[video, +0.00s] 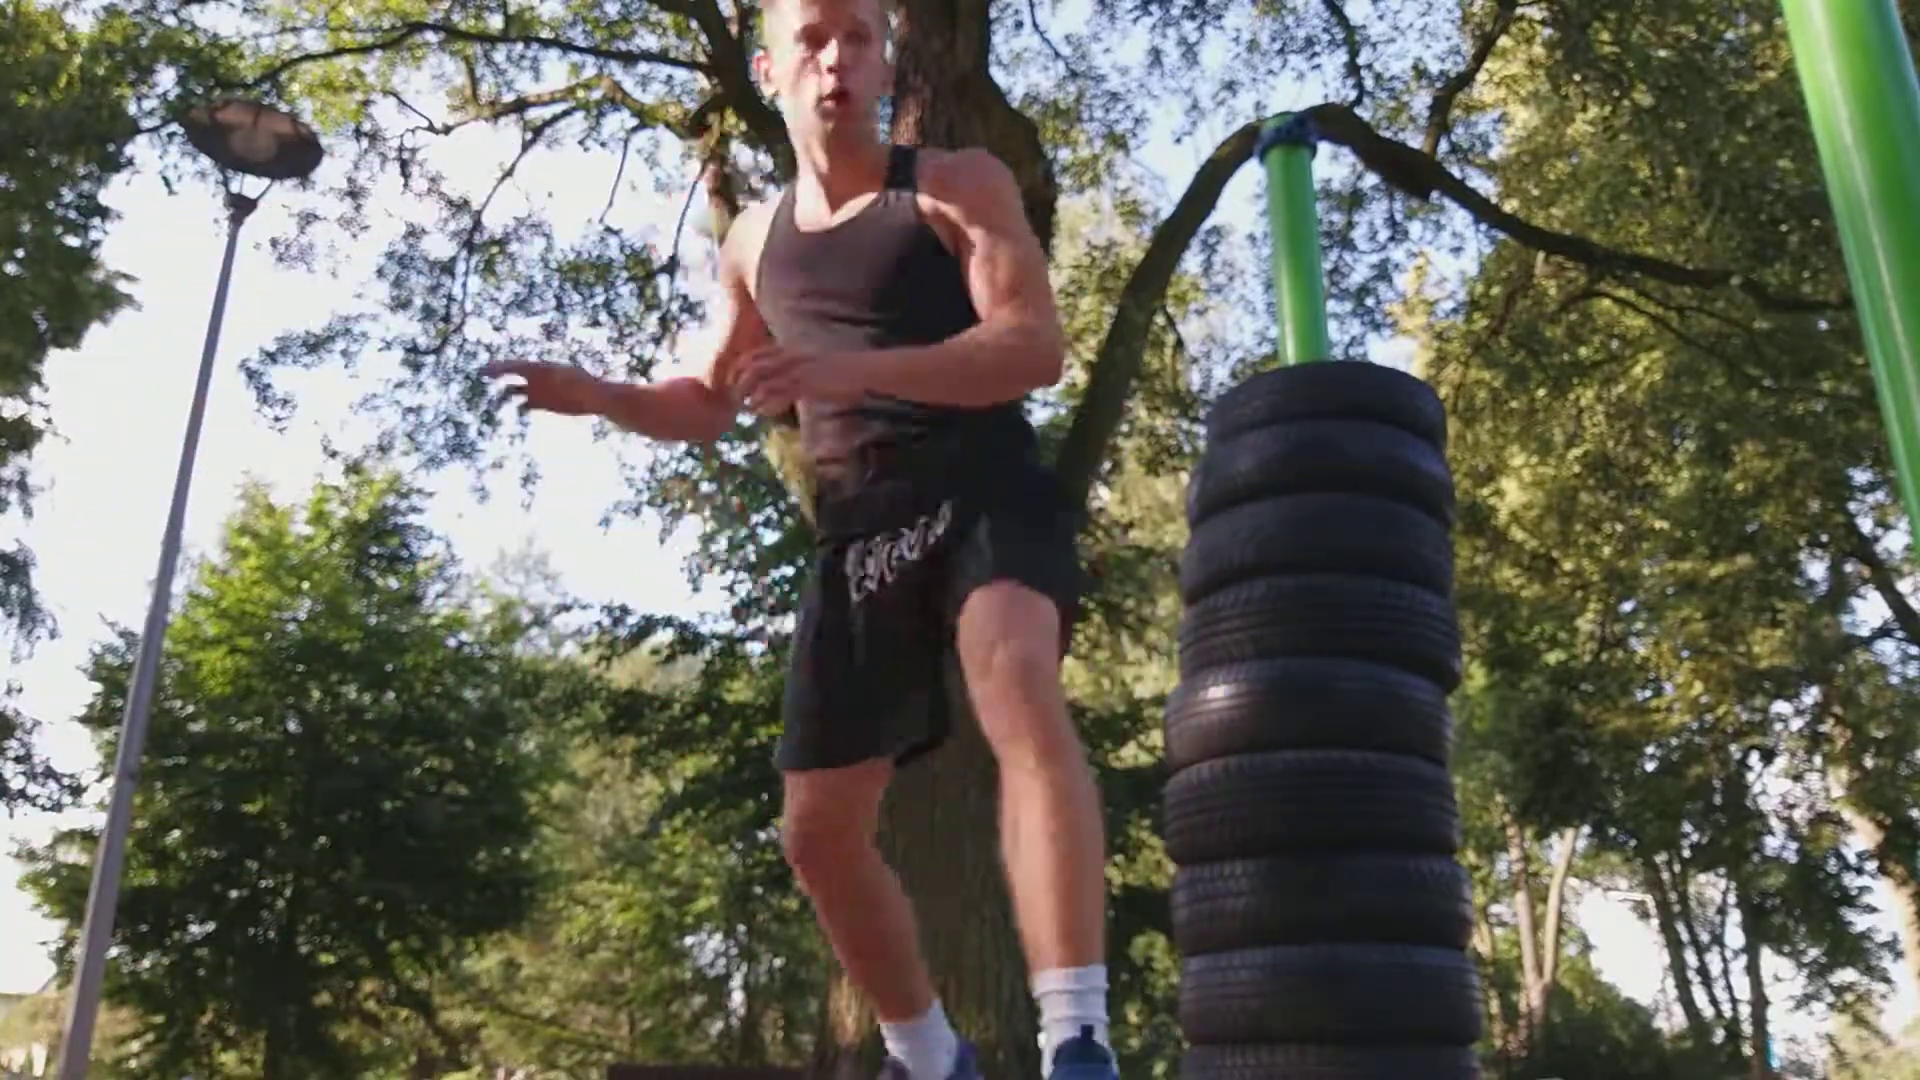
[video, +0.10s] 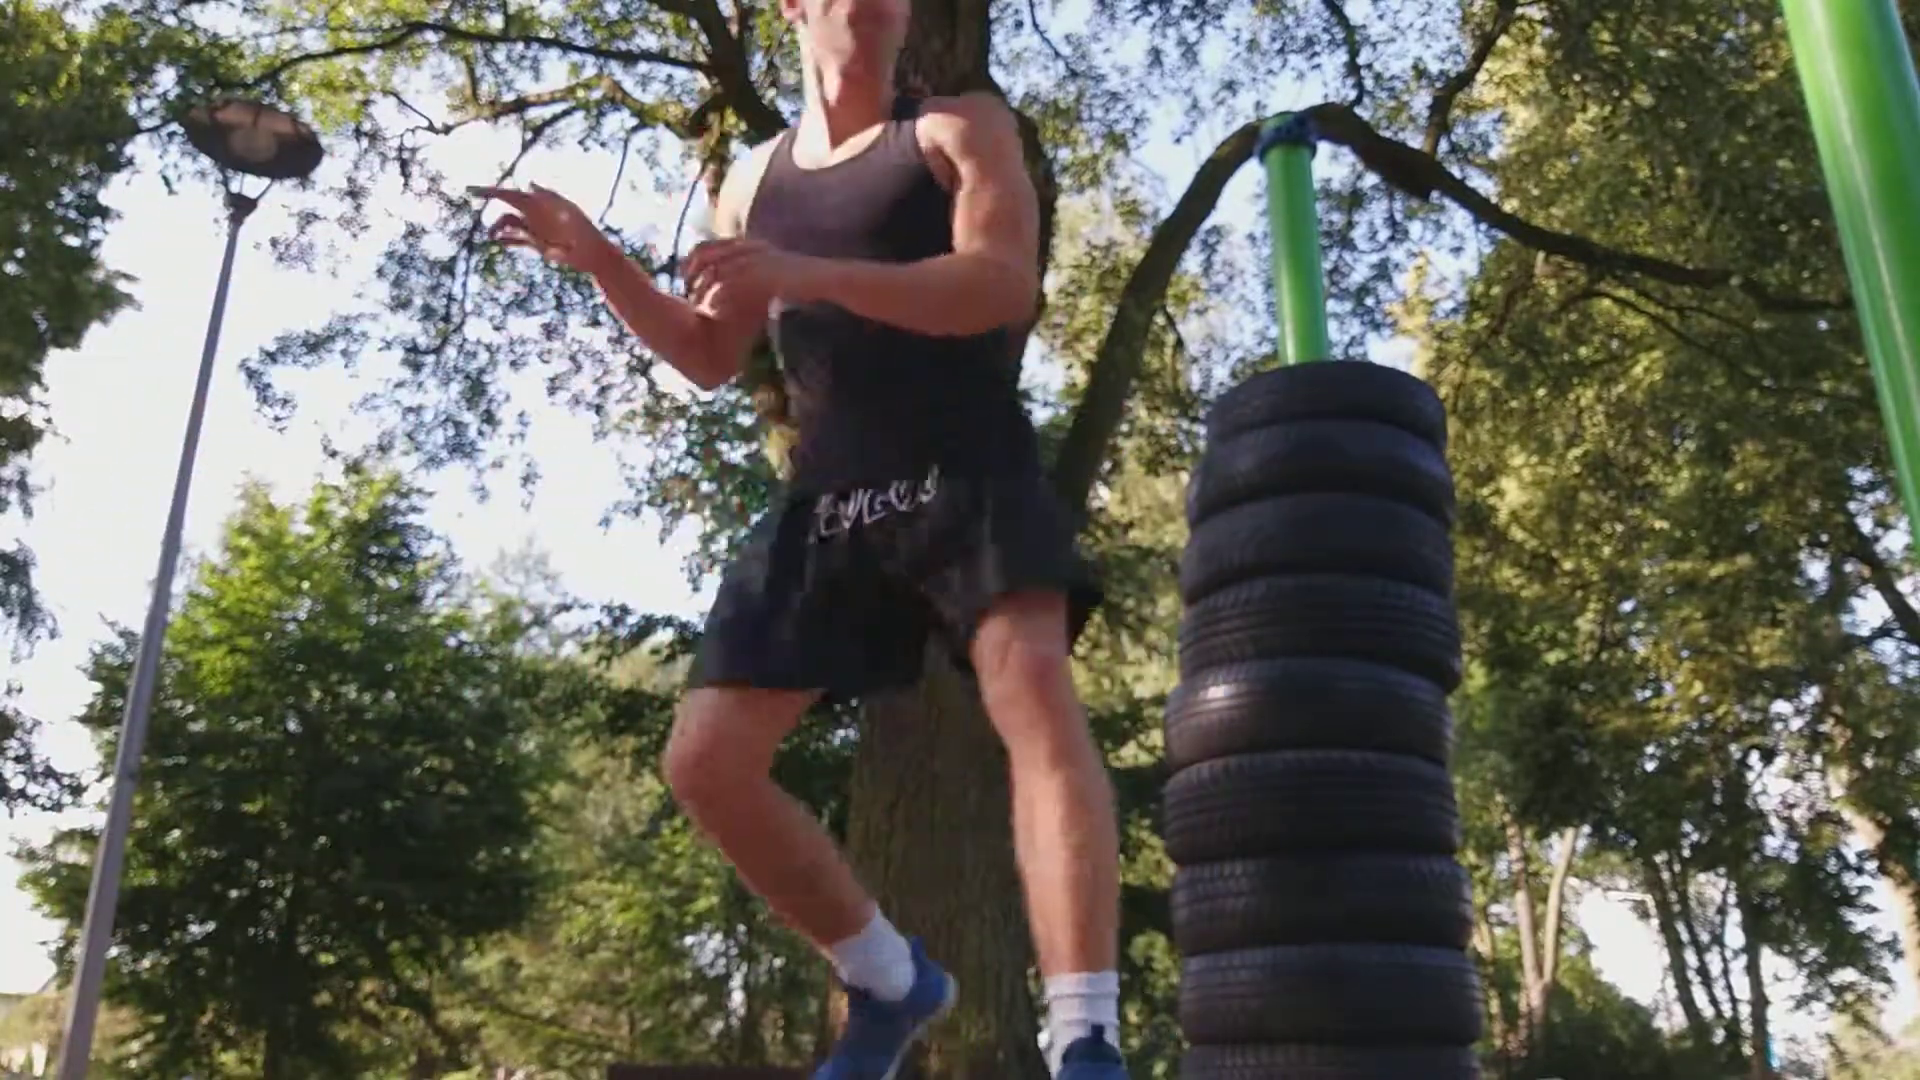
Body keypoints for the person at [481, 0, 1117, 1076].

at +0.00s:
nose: (837, 59)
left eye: (859, 36)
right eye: (811, 40)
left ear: (891, 58)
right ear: (768, 71)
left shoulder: (959, 181)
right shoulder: (755, 238)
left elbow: (1033, 344)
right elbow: (709, 405)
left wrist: (851, 370)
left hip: (984, 493)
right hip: (855, 535)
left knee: (1017, 683)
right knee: (820, 834)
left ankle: (1078, 1039)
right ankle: (933, 1060)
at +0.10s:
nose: (871, 0)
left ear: (907, 16)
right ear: (793, 15)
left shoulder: (961, 122)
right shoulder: (769, 175)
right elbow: (710, 354)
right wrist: (592, 254)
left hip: (969, 474)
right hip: (827, 500)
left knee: (1032, 678)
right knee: (707, 765)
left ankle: (1086, 1038)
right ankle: (891, 980)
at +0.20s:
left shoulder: (938, 61)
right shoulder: (718, 105)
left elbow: (1022, 219)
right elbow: (634, 287)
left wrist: (844, 185)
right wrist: (607, 163)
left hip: (936, 426)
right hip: (782, 437)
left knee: (1005, 676)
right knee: (640, 642)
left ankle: (1075, 1035)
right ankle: (780, 981)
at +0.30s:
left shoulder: (907, 54)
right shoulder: (666, 79)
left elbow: (1029, 216)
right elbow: (515, 193)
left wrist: (929, 195)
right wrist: (625, 44)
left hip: (903, 415)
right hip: (732, 413)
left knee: (980, 665)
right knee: (598, 594)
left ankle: (1067, 1037)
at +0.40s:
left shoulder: (847, 89)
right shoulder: (609, 48)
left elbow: (930, 276)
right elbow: (479, 88)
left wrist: (982, 280)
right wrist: (618, 13)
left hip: (836, 421)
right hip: (657, 407)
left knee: (940, 665)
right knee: (527, 617)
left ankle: (1057, 1034)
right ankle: (388, 1012)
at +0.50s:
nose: (800, 14)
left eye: (806, 12)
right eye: (797, 3)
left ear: (770, 14)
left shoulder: (750, 106)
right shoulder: (556, 27)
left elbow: (779, 305)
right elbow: (479, 55)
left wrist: (904, 293)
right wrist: (685, 11)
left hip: (739, 404)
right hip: (579, 386)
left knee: (865, 644)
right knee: (474, 594)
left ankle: (940, 1029)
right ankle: (373, 1021)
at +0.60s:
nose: (718, 26)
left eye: (721, 27)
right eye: (711, 16)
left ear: (696, 23)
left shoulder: (676, 94)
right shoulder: (534, 5)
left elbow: (652, 313)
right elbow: (438, 48)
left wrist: (802, 296)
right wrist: (644, 43)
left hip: (657, 384)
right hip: (527, 340)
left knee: (781, 660)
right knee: (460, 597)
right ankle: (369, 1018)